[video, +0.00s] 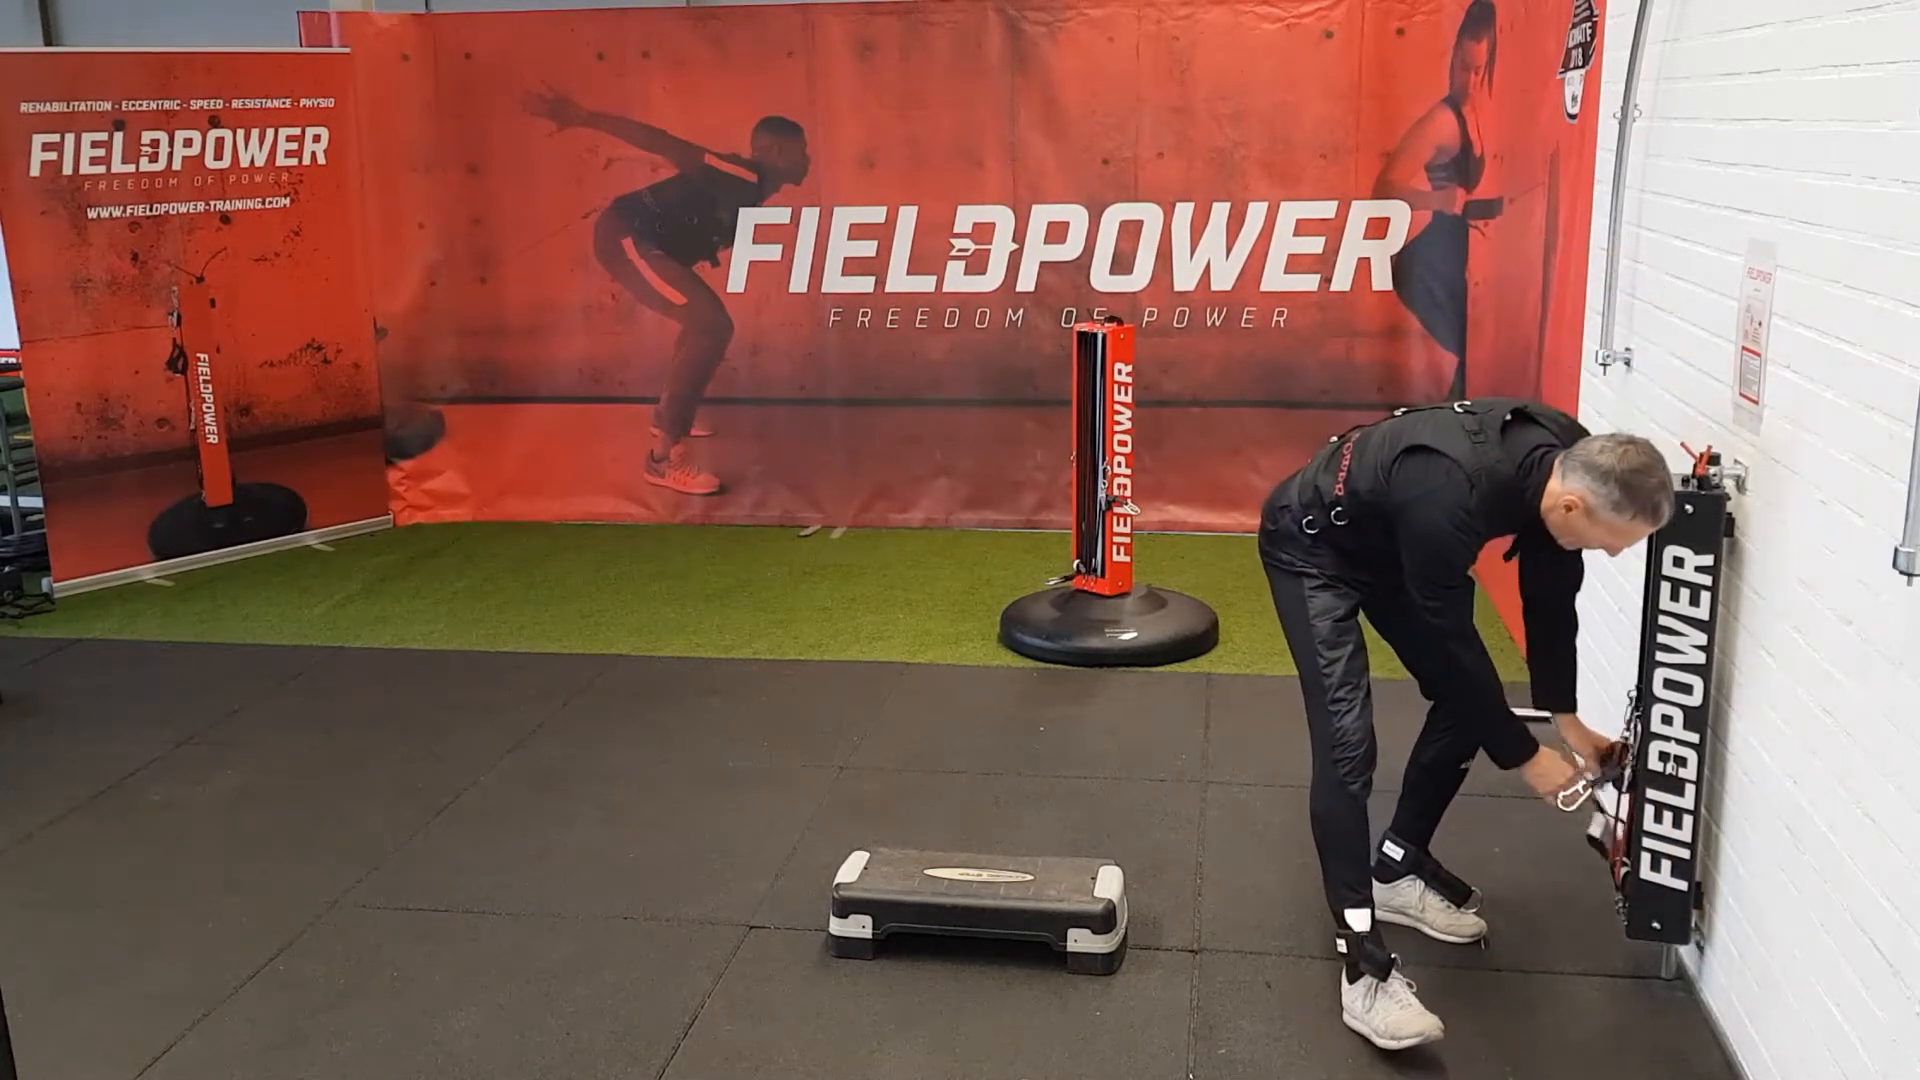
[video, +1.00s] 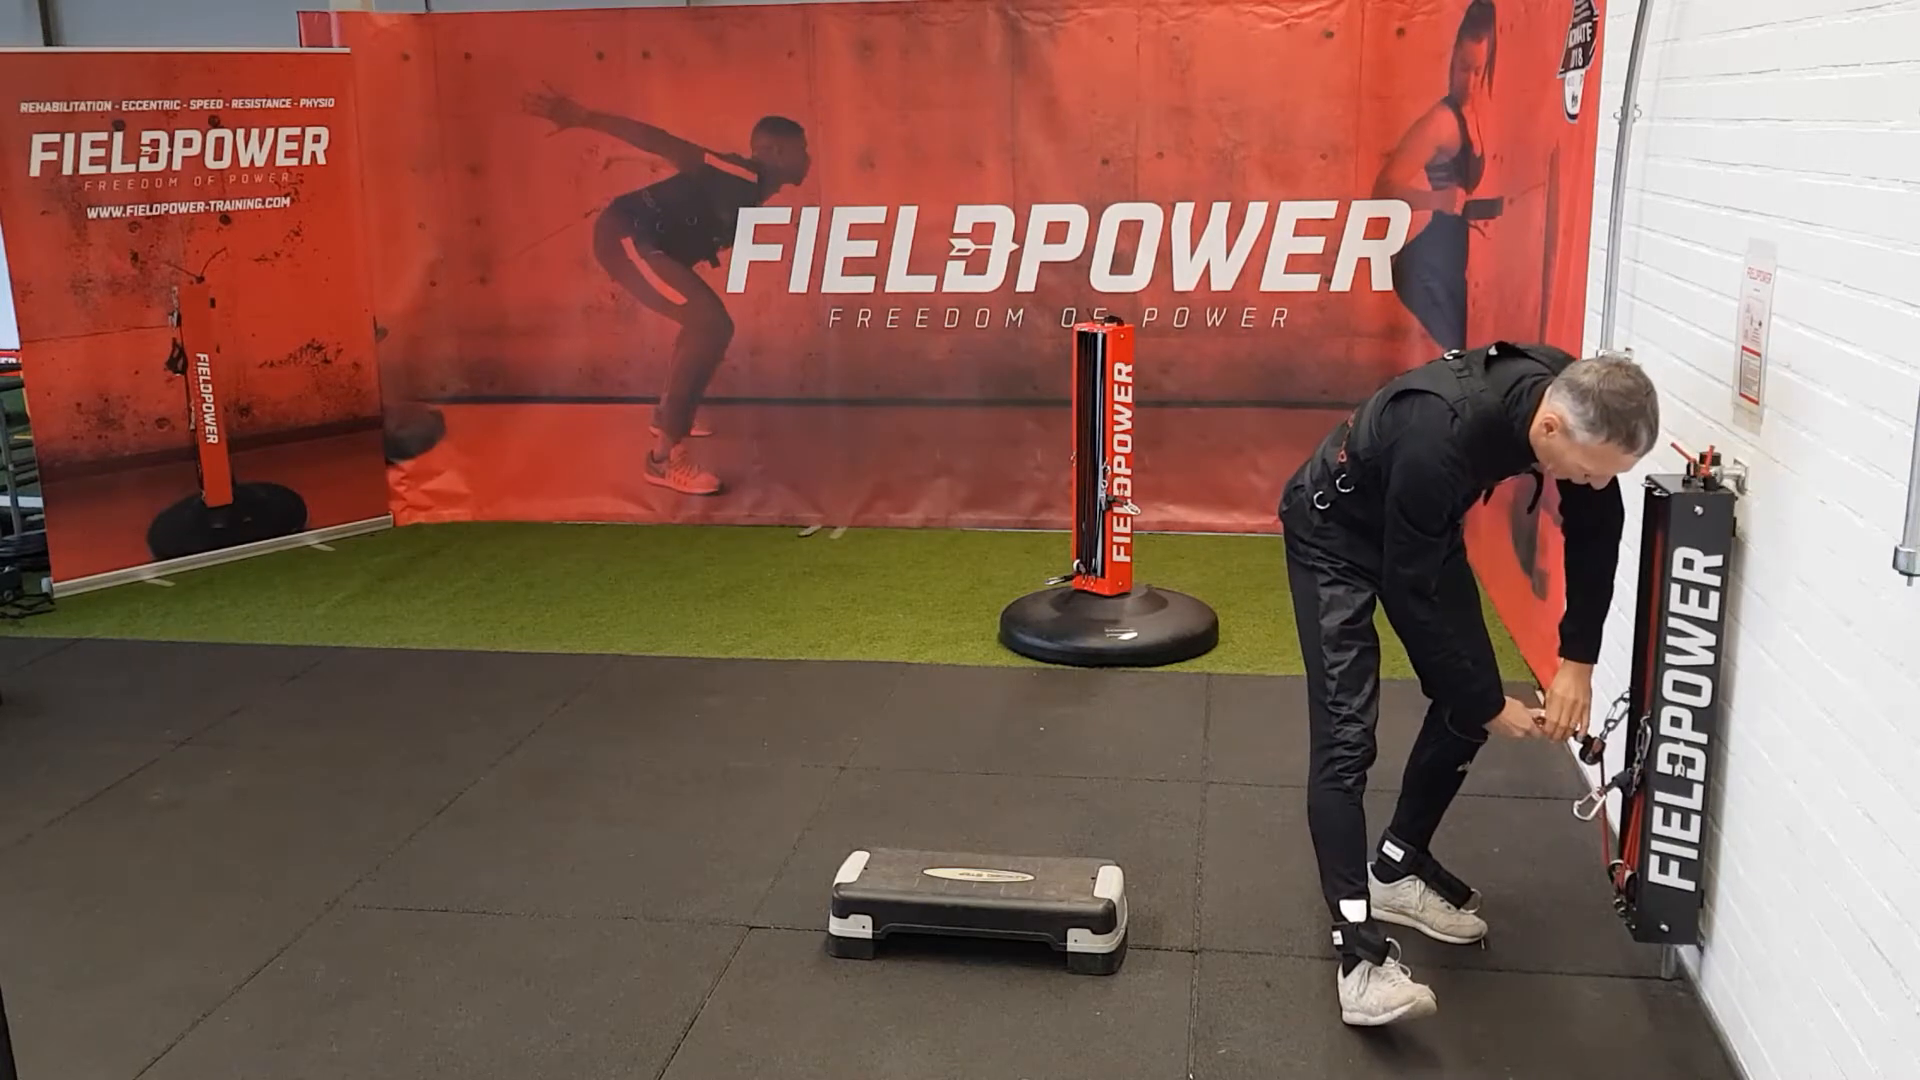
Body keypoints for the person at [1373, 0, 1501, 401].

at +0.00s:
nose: (1473, 82)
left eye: (1482, 71)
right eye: (1466, 70)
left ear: (1493, 69)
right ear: (1451, 65)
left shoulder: (1470, 120)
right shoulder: (1441, 120)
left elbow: (1435, 191)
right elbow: (1388, 186)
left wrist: (1475, 210)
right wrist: (1441, 200)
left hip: (1446, 254)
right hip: (1425, 256)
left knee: (1446, 368)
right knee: (1438, 370)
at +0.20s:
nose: (1471, 82)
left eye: (1481, 71)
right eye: (1463, 69)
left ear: (1492, 71)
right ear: (1450, 64)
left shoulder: (1470, 119)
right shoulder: (1441, 120)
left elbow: (1436, 191)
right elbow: (1388, 184)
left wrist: (1474, 211)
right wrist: (1439, 199)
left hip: (1446, 255)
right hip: (1425, 257)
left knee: (1449, 364)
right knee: (1439, 367)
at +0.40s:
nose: (1472, 81)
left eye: (1482, 72)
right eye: (1464, 69)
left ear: (1492, 74)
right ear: (1450, 66)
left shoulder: (1468, 121)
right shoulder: (1440, 121)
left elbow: (1438, 191)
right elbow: (1388, 187)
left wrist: (1473, 211)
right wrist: (1437, 199)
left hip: (1446, 257)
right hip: (1424, 260)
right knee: (1450, 358)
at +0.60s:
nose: (1471, 81)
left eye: (1480, 72)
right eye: (1465, 69)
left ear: (1489, 72)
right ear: (1450, 66)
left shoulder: (1463, 118)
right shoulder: (1441, 121)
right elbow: (1386, 188)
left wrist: (1466, 211)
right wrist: (1440, 199)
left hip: (1445, 258)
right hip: (1424, 261)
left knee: (1454, 355)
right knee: (1450, 355)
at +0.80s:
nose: (1471, 81)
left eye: (1480, 72)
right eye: (1465, 69)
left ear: (1489, 72)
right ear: (1450, 66)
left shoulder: (1465, 118)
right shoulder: (1441, 121)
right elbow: (1386, 188)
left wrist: (1468, 210)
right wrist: (1439, 199)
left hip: (1446, 257)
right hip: (1425, 260)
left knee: (1454, 353)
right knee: (1450, 353)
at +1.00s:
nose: (1472, 81)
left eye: (1481, 71)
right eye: (1465, 69)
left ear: (1491, 72)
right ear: (1451, 66)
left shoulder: (1468, 118)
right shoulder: (1442, 120)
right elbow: (1386, 188)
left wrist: (1467, 210)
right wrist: (1440, 199)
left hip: (1446, 256)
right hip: (1425, 259)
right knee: (1452, 355)